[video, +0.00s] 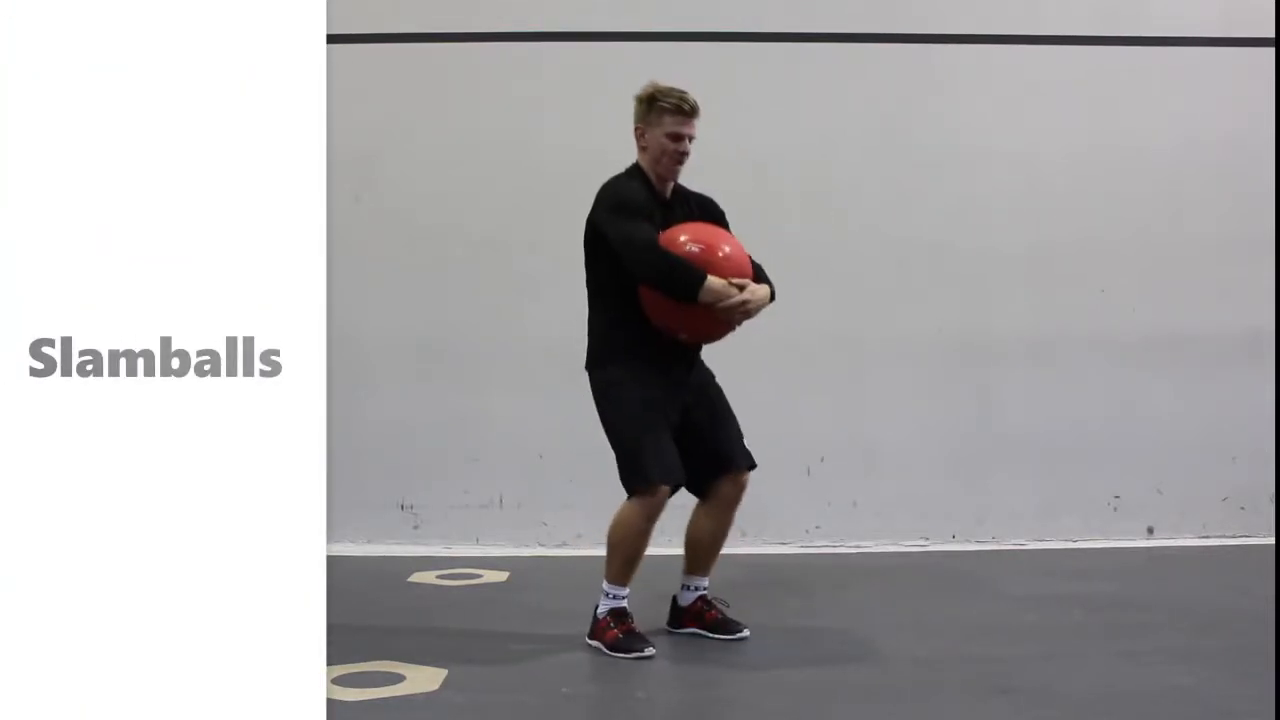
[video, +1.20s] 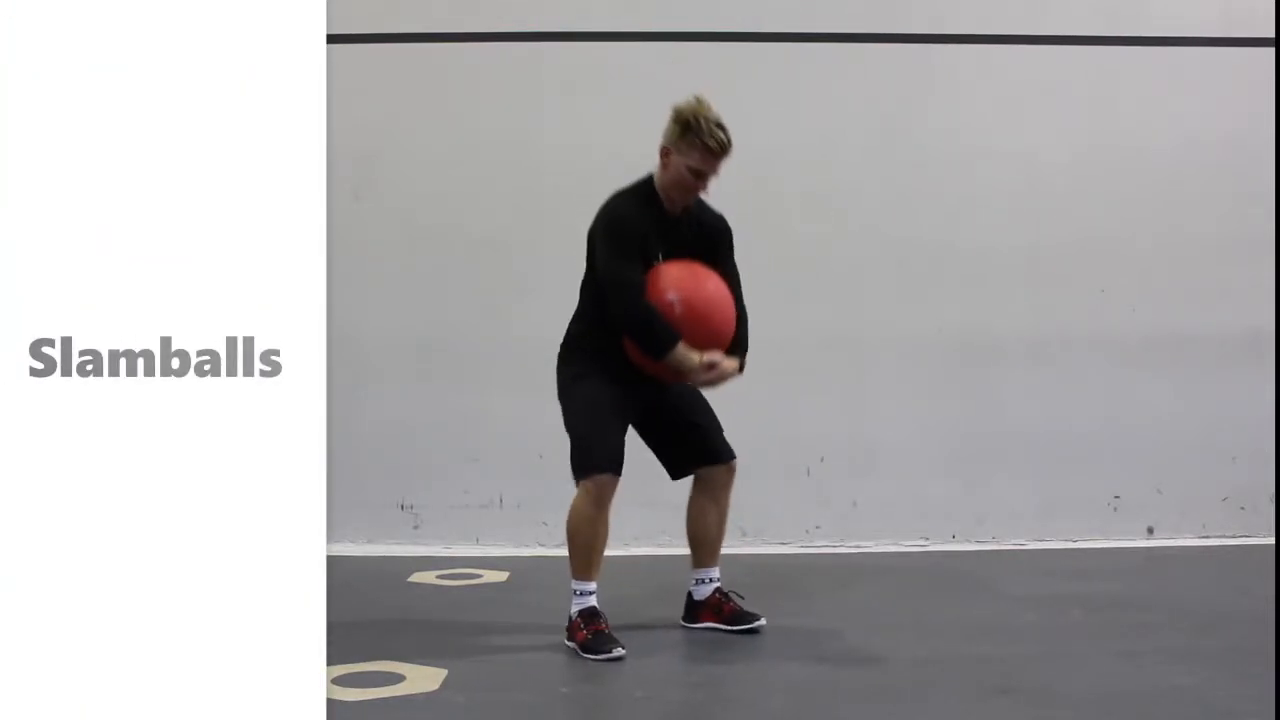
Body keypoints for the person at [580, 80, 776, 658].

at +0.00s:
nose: (682, 148)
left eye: (688, 138)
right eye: (670, 137)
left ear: (693, 140)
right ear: (640, 136)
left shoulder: (703, 209)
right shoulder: (617, 200)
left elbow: (745, 266)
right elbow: (647, 260)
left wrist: (762, 291)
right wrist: (719, 293)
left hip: (683, 363)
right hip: (623, 367)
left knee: (730, 475)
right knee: (654, 483)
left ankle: (690, 603)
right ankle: (610, 614)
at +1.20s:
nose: (700, 185)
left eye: (708, 176)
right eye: (693, 172)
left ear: (715, 170)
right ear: (664, 154)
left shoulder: (711, 229)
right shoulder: (619, 216)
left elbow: (731, 308)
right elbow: (622, 303)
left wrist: (732, 356)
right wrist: (681, 356)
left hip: (657, 368)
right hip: (594, 362)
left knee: (716, 465)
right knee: (600, 474)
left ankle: (704, 596)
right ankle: (583, 612)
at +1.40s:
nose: (716, 250)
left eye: (724, 242)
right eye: (710, 238)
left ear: (734, 232)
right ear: (682, 214)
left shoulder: (720, 283)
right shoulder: (630, 268)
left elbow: (731, 363)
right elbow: (622, 365)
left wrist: (726, 421)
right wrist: (675, 419)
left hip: (652, 400)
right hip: (588, 391)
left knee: (739, 471)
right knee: (598, 483)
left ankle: (705, 596)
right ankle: (584, 613)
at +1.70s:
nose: (727, 336)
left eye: (735, 327)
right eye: (721, 323)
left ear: (745, 318)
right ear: (692, 298)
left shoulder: (729, 360)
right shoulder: (637, 346)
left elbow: (737, 442)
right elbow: (625, 445)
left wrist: (728, 502)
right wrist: (679, 508)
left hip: (664, 463)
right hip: (593, 450)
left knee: (758, 478)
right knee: (590, 491)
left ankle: (707, 598)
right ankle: (584, 616)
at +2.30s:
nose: (723, 271)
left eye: (731, 261)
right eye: (716, 258)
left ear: (739, 253)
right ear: (689, 238)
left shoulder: (728, 306)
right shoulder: (638, 292)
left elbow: (742, 384)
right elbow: (625, 383)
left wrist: (735, 444)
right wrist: (681, 443)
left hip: (657, 417)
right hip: (595, 405)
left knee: (751, 473)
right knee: (606, 485)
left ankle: (707, 597)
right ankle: (585, 614)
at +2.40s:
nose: (710, 202)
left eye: (719, 194)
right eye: (703, 190)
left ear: (727, 191)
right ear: (676, 176)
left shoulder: (722, 251)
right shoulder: (631, 239)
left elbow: (742, 330)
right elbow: (625, 327)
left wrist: (739, 382)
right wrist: (684, 378)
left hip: (659, 378)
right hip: (597, 370)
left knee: (732, 468)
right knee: (610, 475)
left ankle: (705, 598)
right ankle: (586, 613)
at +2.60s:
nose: (693, 132)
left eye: (700, 121)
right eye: (683, 119)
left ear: (705, 119)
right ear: (651, 112)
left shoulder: (708, 187)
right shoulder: (617, 178)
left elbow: (747, 261)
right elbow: (630, 254)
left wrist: (753, 301)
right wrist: (706, 298)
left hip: (668, 337)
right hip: (609, 336)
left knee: (701, 460)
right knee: (612, 465)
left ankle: (703, 597)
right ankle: (582, 610)